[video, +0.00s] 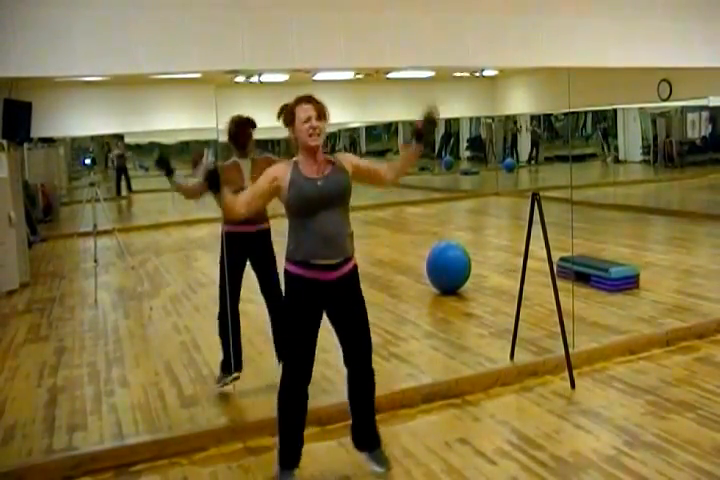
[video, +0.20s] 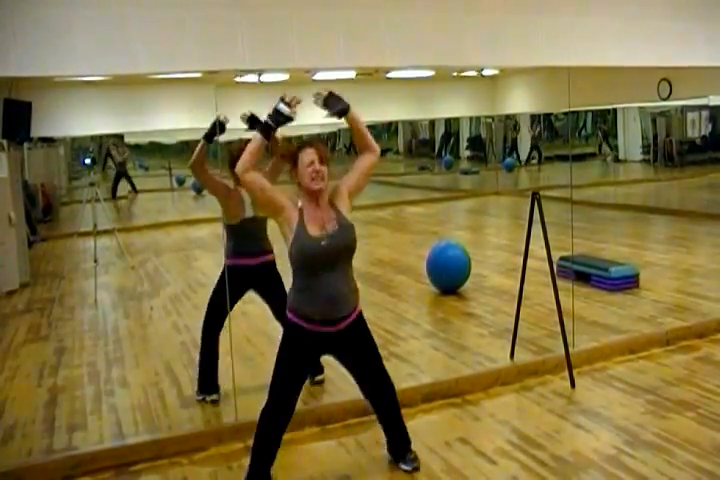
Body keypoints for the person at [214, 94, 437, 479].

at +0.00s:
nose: (313, 125)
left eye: (317, 119)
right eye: (305, 121)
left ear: (325, 123)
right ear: (292, 130)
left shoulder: (343, 162)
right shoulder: (280, 173)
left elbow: (389, 174)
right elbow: (239, 208)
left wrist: (418, 143)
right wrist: (213, 186)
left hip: (344, 276)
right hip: (302, 280)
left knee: (360, 362)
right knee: (296, 373)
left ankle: (368, 442)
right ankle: (288, 464)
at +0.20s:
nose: (316, 168)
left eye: (320, 162)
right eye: (308, 164)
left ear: (328, 168)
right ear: (296, 173)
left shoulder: (341, 198)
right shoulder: (288, 211)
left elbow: (371, 152)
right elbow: (244, 172)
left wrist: (348, 112)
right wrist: (270, 125)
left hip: (349, 325)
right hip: (303, 329)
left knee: (381, 390)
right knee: (278, 409)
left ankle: (401, 450)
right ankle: (257, 476)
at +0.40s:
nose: (314, 132)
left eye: (318, 125)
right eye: (306, 128)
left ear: (326, 131)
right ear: (293, 138)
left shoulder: (344, 167)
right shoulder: (283, 179)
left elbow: (393, 176)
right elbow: (237, 211)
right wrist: (214, 186)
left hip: (348, 282)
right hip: (305, 287)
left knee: (370, 365)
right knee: (297, 381)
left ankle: (381, 444)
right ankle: (278, 472)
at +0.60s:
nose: (318, 153)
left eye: (322, 147)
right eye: (309, 150)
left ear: (330, 153)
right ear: (297, 161)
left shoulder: (345, 195)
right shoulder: (288, 207)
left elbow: (356, 255)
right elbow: (284, 267)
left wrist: (381, 300)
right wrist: (279, 316)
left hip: (352, 312)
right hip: (310, 316)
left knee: (358, 399)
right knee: (321, 401)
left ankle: (344, 464)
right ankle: (320, 473)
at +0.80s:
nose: (321, 125)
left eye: (325, 118)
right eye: (313, 121)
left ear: (333, 123)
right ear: (300, 130)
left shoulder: (351, 164)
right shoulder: (288, 174)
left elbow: (389, 191)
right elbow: (254, 221)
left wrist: (424, 172)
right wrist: (221, 205)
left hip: (353, 277)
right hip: (312, 280)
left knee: (364, 364)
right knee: (310, 373)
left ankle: (364, 451)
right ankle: (306, 468)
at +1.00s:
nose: (326, 158)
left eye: (330, 151)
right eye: (318, 153)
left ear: (338, 157)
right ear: (306, 162)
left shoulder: (351, 188)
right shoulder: (296, 197)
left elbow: (385, 145)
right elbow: (251, 164)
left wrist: (371, 99)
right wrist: (268, 117)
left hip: (358, 311)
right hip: (314, 315)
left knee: (390, 384)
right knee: (297, 405)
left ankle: (402, 452)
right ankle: (278, 478)